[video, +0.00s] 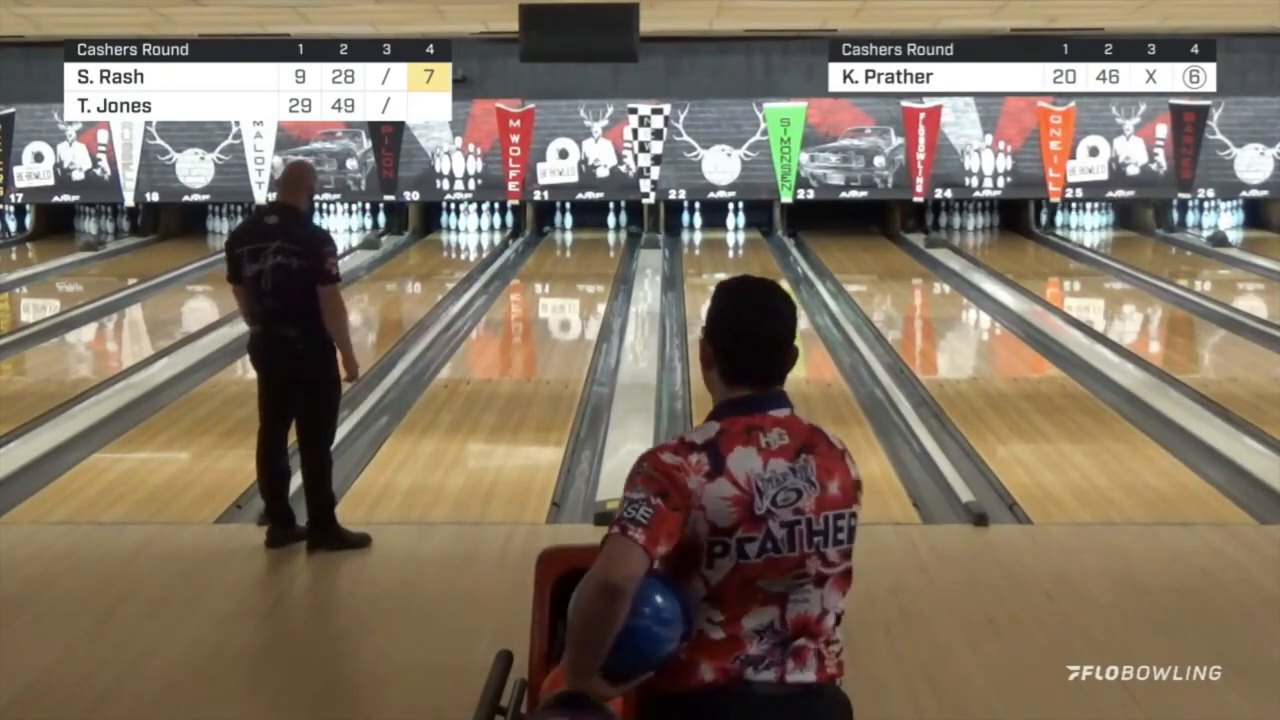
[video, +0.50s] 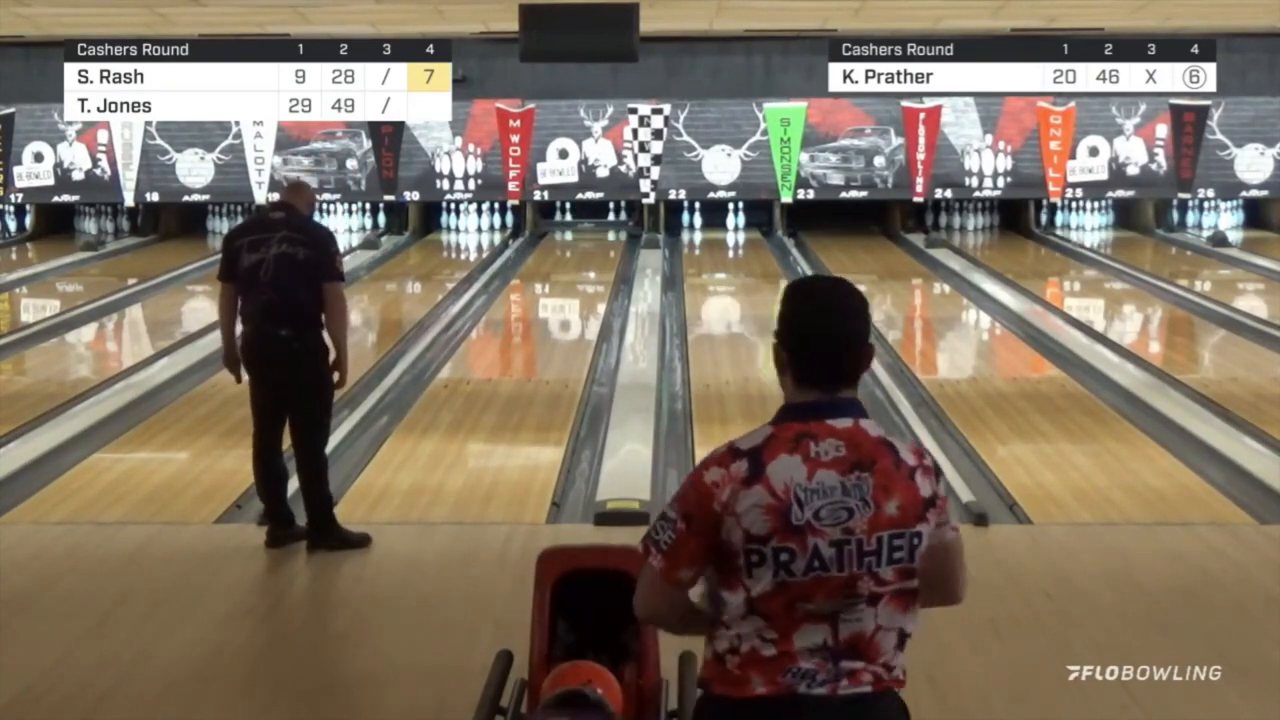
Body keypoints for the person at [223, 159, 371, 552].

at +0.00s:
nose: (314, 196)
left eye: (312, 189)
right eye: (313, 190)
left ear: (279, 186)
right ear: (307, 191)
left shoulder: (242, 233)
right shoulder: (314, 237)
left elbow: (240, 293)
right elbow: (330, 302)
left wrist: (260, 330)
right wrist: (347, 353)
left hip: (266, 347)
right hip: (312, 348)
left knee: (272, 435)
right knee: (316, 441)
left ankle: (280, 525)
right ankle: (324, 527)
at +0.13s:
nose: (316, 203)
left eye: (315, 196)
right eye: (316, 197)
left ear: (283, 190)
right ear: (310, 195)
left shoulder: (240, 235)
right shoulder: (314, 238)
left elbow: (237, 297)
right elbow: (331, 298)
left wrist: (248, 339)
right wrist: (343, 345)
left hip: (265, 351)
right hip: (311, 351)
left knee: (271, 436)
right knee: (316, 441)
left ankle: (279, 525)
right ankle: (324, 527)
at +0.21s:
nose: (317, 204)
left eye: (316, 197)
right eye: (317, 198)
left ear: (284, 191)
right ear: (311, 196)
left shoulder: (240, 235)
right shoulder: (315, 237)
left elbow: (234, 296)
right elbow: (331, 297)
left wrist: (242, 341)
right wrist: (342, 344)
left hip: (264, 350)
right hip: (311, 350)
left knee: (271, 436)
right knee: (316, 442)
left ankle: (280, 525)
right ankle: (324, 527)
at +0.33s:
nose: (316, 208)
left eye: (315, 203)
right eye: (316, 203)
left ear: (283, 194)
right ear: (312, 200)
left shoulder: (242, 233)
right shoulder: (318, 236)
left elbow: (229, 295)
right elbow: (331, 297)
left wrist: (232, 344)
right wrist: (341, 347)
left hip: (261, 349)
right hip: (308, 349)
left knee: (269, 436)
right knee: (313, 441)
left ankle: (279, 525)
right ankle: (324, 527)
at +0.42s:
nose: (315, 209)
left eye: (314, 204)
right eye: (315, 204)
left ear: (281, 197)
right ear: (310, 200)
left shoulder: (241, 233)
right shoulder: (318, 235)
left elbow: (228, 296)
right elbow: (333, 298)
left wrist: (229, 346)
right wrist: (341, 351)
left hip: (259, 347)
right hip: (306, 347)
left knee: (267, 436)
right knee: (311, 441)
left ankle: (279, 525)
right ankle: (323, 528)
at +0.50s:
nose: (314, 210)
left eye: (313, 205)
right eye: (313, 205)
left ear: (281, 200)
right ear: (306, 201)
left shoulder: (240, 234)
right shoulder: (318, 235)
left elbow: (227, 297)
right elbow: (333, 299)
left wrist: (229, 347)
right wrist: (341, 352)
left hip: (258, 348)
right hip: (305, 348)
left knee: (266, 437)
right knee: (311, 442)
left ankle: (279, 525)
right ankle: (323, 527)